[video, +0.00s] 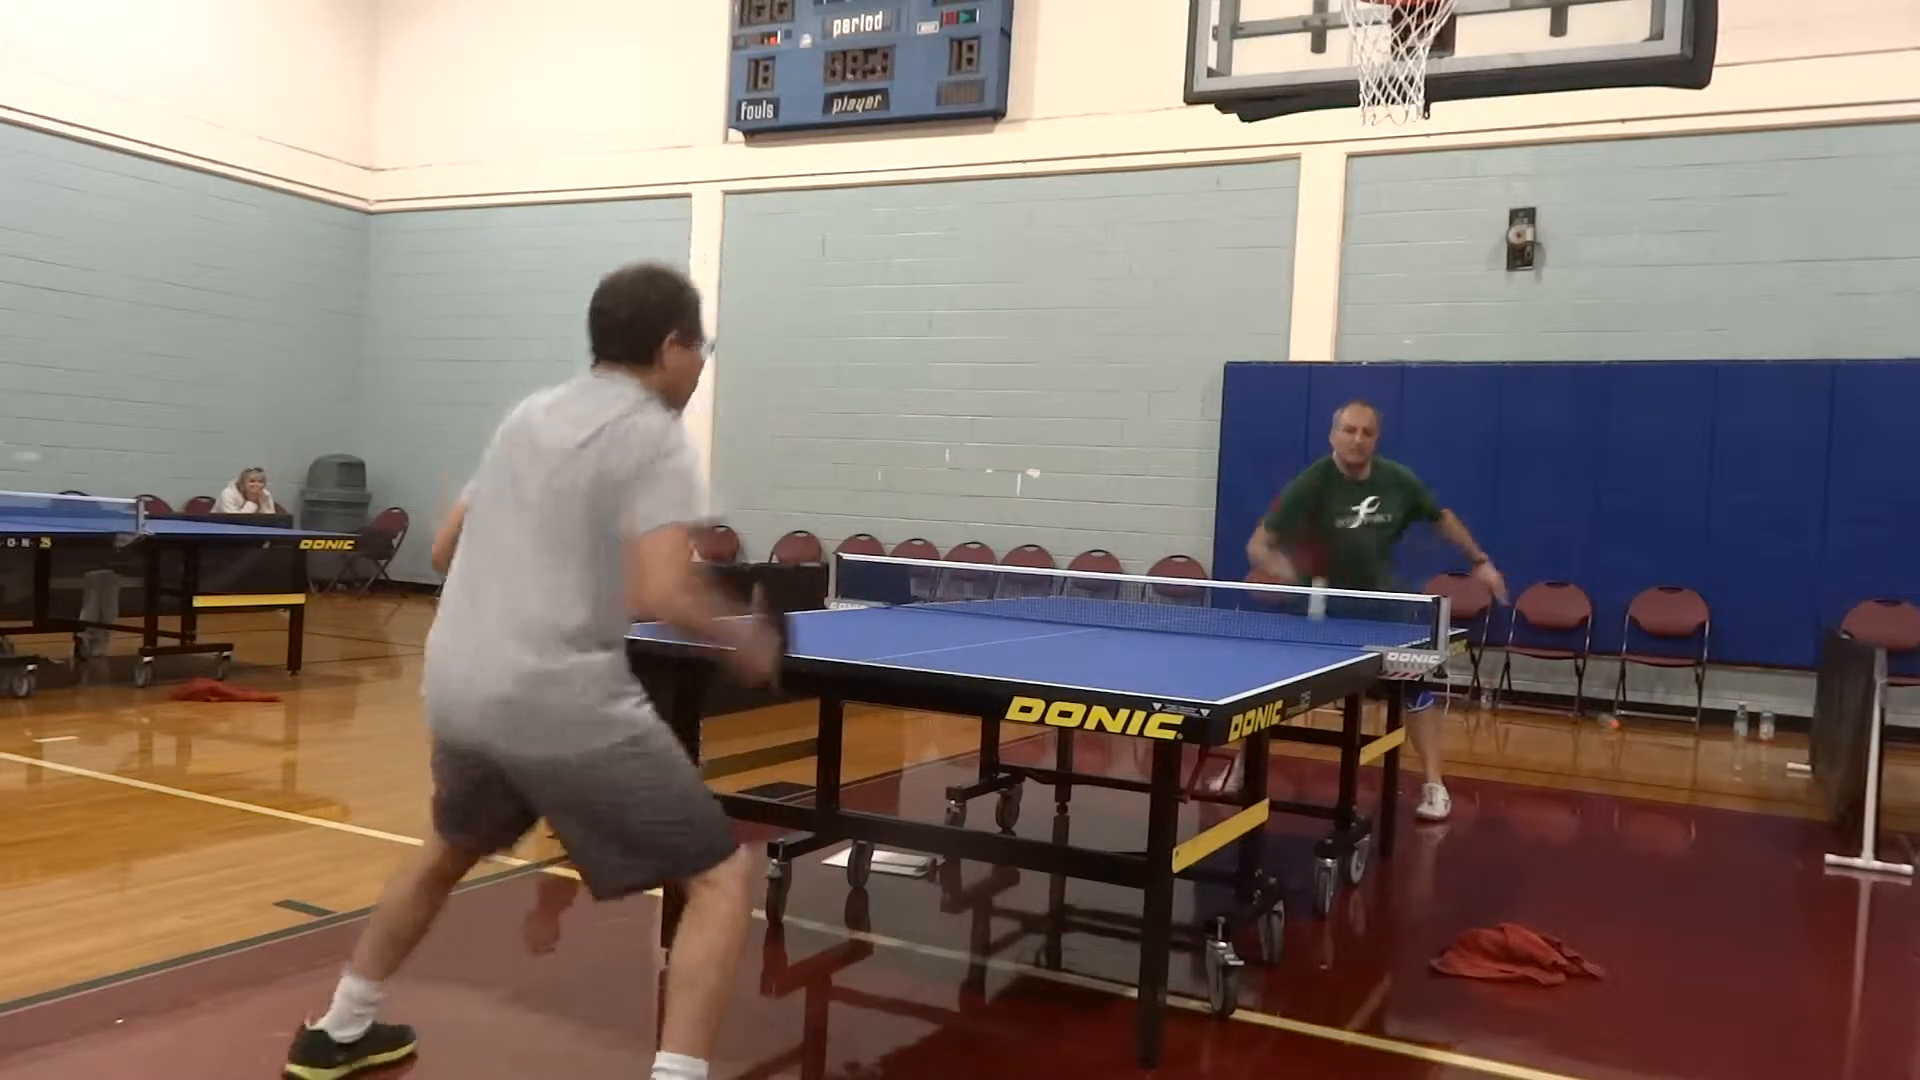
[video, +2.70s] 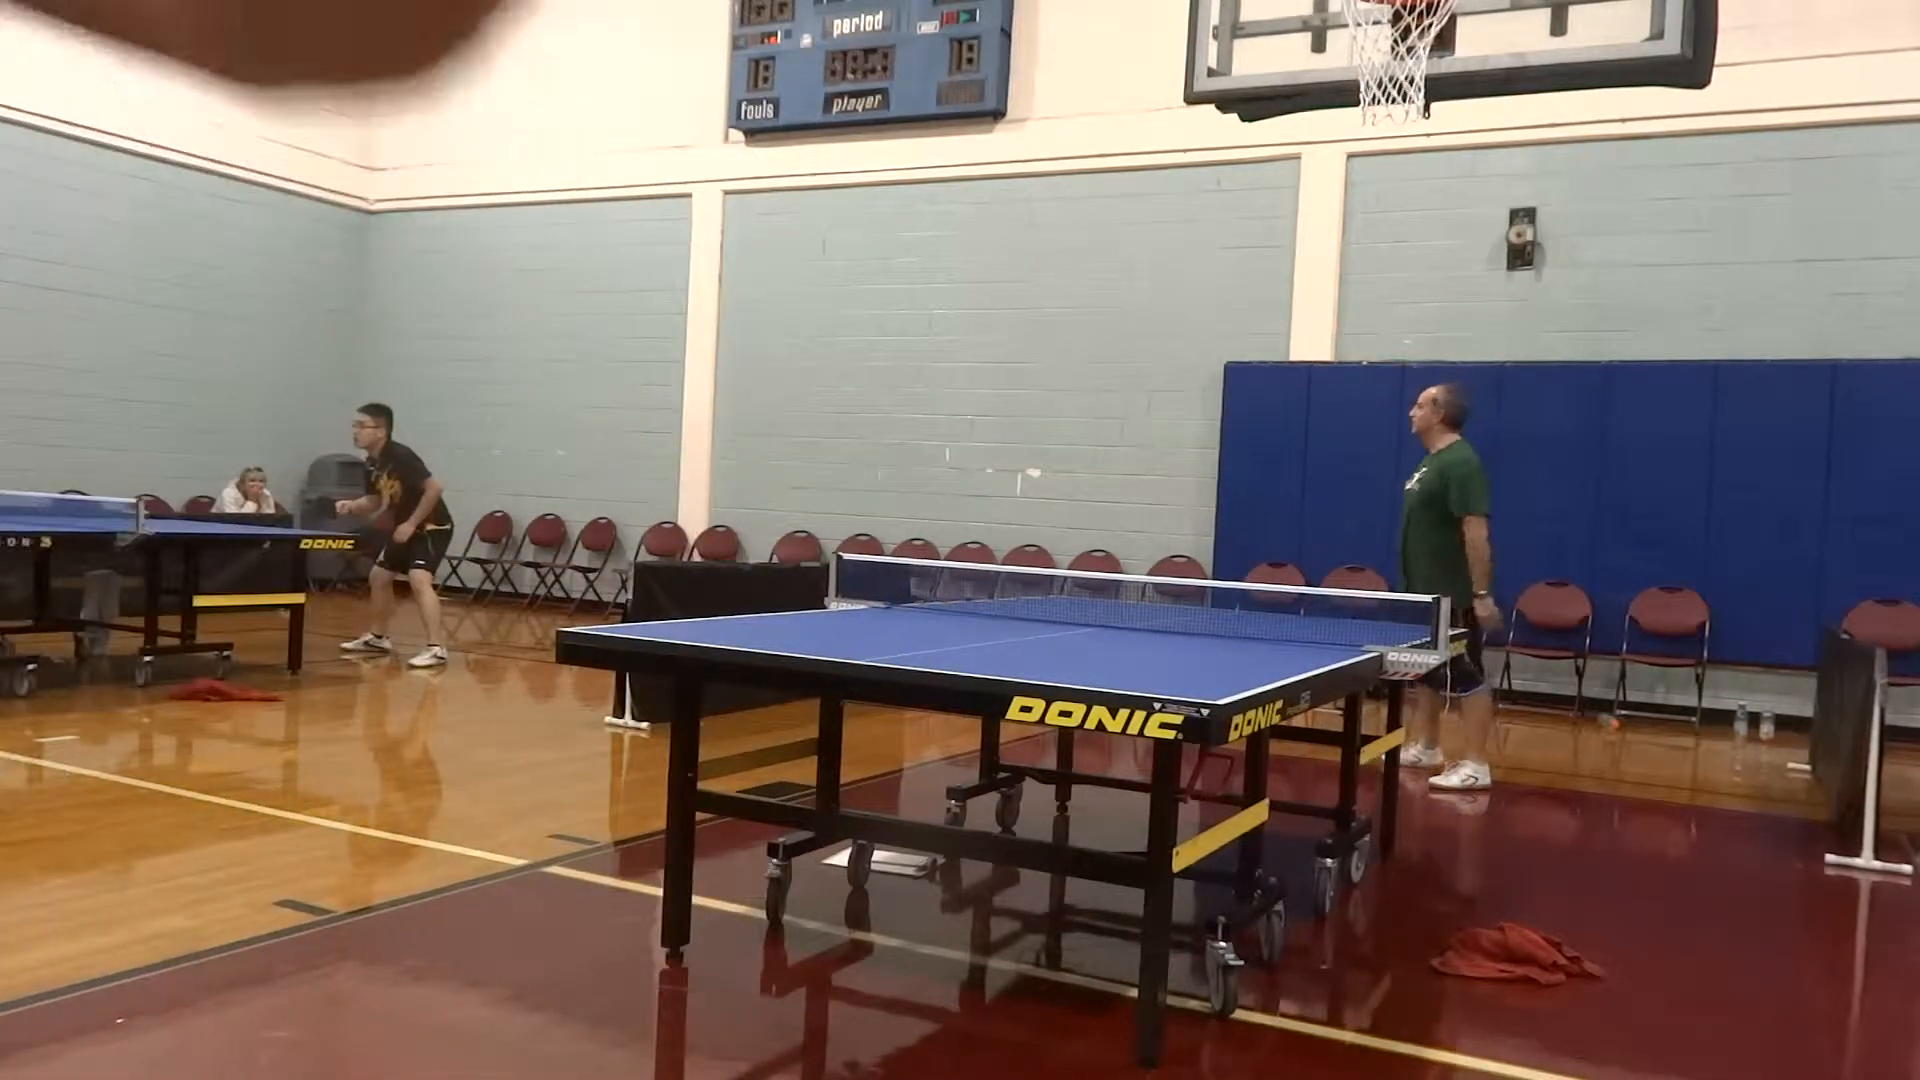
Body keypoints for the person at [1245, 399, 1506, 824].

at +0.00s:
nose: (1357, 439)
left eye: (1366, 433)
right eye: (1349, 430)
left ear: (1377, 439)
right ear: (1332, 434)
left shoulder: (1399, 481)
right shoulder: (1311, 483)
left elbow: (1442, 520)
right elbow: (1257, 544)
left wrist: (1481, 561)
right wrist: (1280, 566)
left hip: (1383, 612)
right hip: (1319, 611)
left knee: (1419, 682)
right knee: (1264, 677)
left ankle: (1434, 783)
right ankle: (1244, 765)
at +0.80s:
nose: (1408, 392)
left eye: (1418, 388)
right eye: (1401, 383)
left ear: (1429, 401)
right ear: (1383, 391)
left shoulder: (1438, 461)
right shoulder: (1343, 444)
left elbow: (1477, 520)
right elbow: (1303, 502)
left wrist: (1487, 566)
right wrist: (1273, 559)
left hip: (1395, 603)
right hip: (1325, 595)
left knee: (1399, 702)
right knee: (1280, 687)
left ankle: (1393, 789)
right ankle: (1252, 776)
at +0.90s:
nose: (1414, 391)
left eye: (1425, 387)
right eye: (1408, 382)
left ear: (1436, 402)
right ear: (1392, 390)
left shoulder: (1447, 460)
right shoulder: (1352, 442)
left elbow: (1486, 520)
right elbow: (1314, 503)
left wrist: (1495, 569)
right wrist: (1290, 563)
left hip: (1401, 602)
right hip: (1334, 593)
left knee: (1402, 700)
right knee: (1315, 677)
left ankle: (1392, 787)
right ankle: (1309, 750)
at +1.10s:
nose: (1415, 390)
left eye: (1426, 386)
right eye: (1408, 382)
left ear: (1437, 401)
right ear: (1393, 390)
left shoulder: (1453, 457)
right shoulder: (1356, 444)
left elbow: (1485, 522)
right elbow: (1323, 505)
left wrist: (1500, 585)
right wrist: (1315, 555)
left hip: (1417, 603)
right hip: (1355, 597)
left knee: (1412, 703)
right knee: (1361, 697)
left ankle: (1396, 789)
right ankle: (1369, 785)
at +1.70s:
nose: (1376, 404)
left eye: (1385, 396)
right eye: (1371, 399)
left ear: (1410, 403)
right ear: (1367, 409)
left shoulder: (1446, 449)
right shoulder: (1360, 465)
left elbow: (1490, 509)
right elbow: (1344, 529)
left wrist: (1496, 574)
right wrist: (1332, 585)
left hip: (1439, 595)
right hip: (1380, 596)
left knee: (1442, 686)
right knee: (1385, 687)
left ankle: (1446, 758)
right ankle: (1392, 766)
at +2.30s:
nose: (1417, 411)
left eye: (1426, 407)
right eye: (1419, 404)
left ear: (1452, 417)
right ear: (1436, 415)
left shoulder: (1478, 465)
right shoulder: (1421, 454)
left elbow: (1475, 539)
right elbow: (1412, 517)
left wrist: (1436, 589)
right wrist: (1391, 559)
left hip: (1466, 601)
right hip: (1414, 595)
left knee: (1479, 686)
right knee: (1406, 679)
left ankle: (1477, 764)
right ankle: (1392, 757)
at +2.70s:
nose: (1412, 412)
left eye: (1420, 406)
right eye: (1415, 404)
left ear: (1441, 416)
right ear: (1439, 416)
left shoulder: (1462, 463)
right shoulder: (1432, 459)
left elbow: (1475, 531)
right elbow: (1428, 528)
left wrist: (1482, 594)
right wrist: (1415, 585)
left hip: (1452, 595)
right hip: (1421, 591)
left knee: (1467, 677)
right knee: (1424, 672)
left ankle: (1476, 763)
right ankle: (1423, 746)